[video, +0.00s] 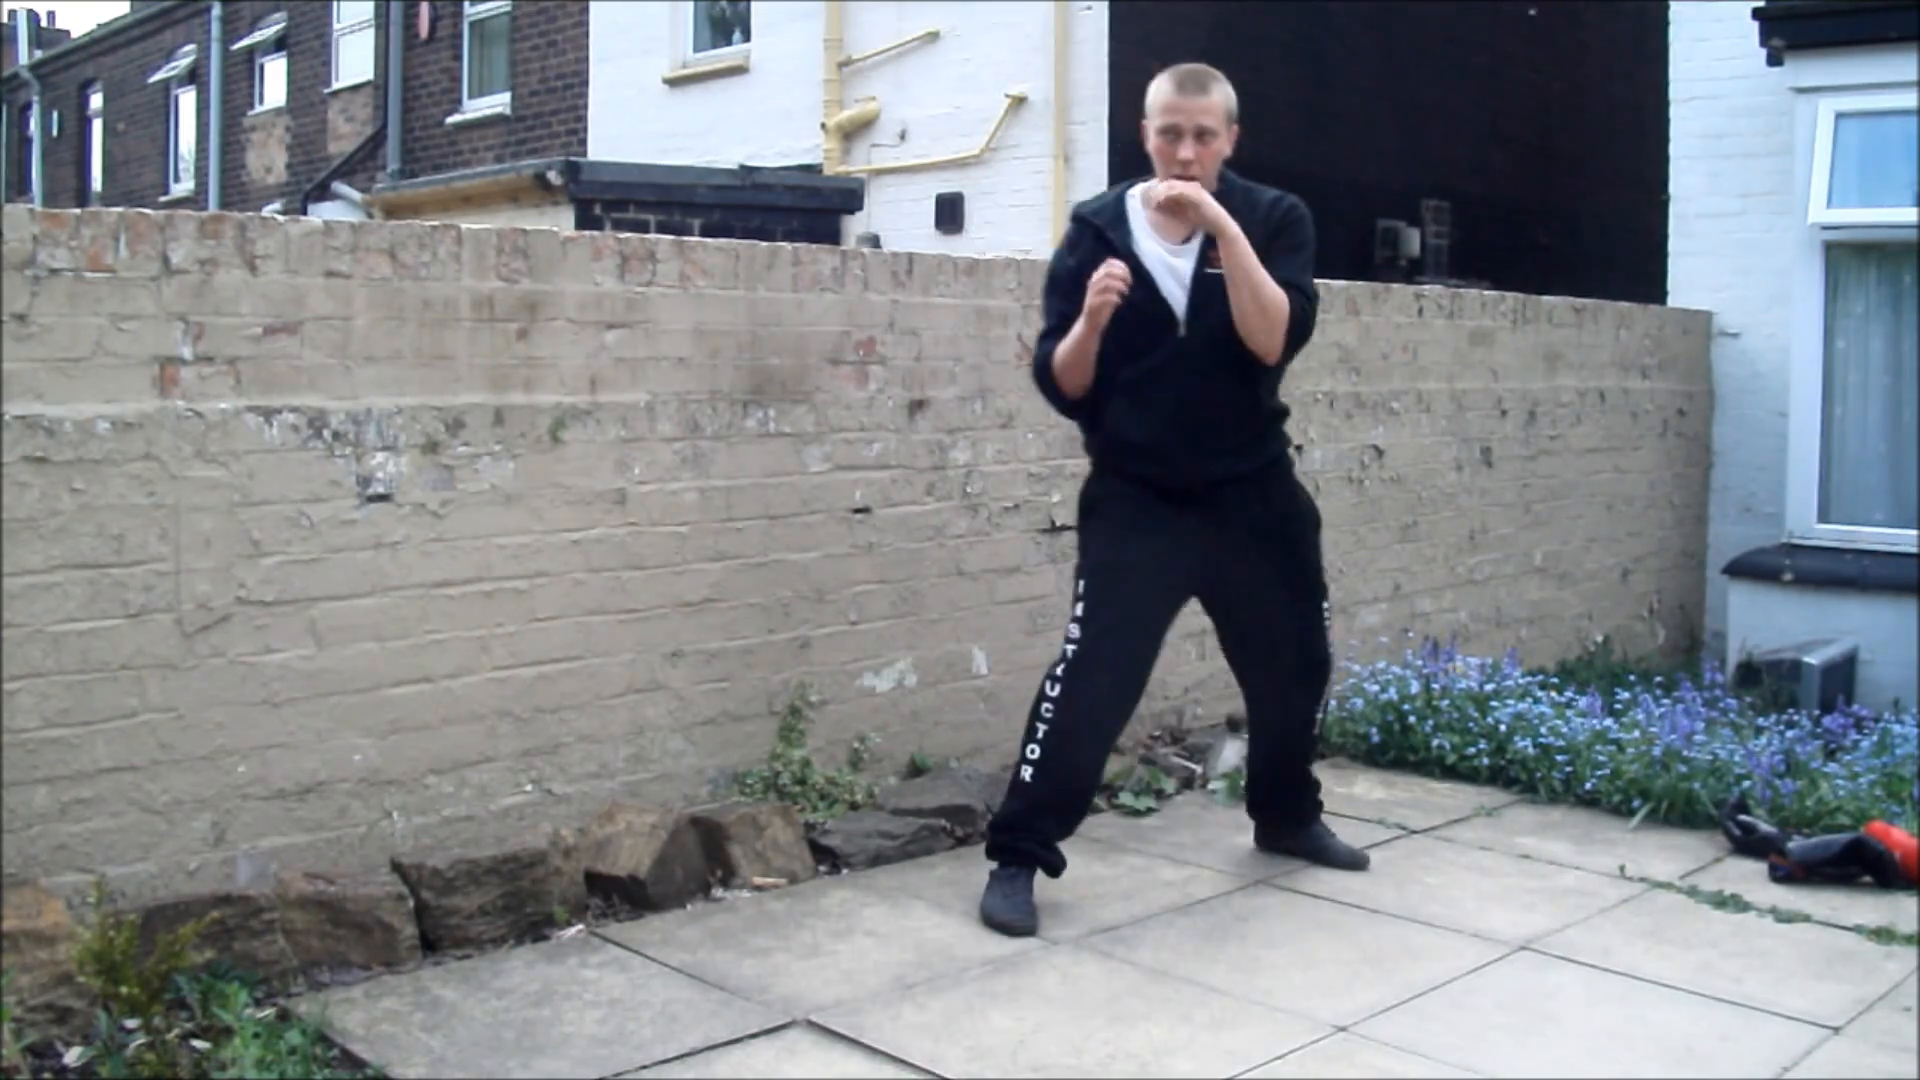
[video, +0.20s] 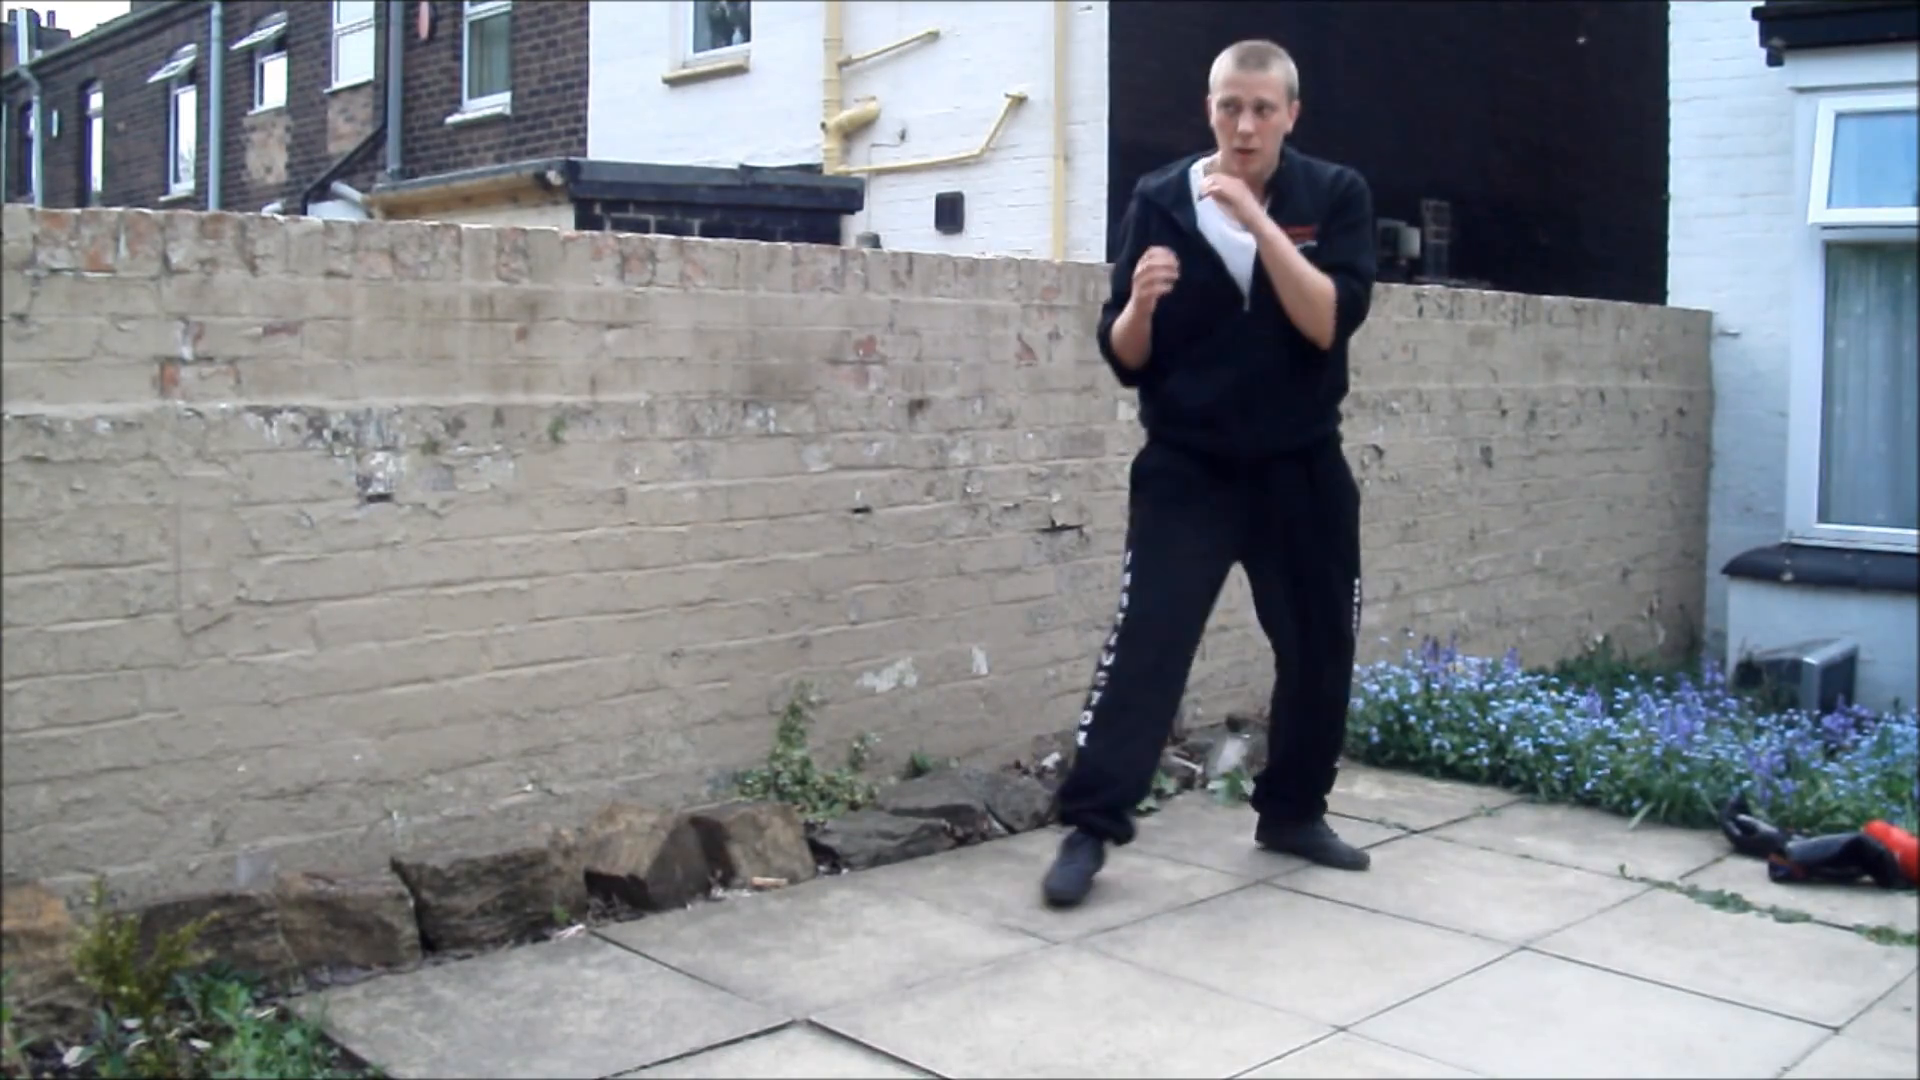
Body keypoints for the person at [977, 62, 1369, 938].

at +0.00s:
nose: (1186, 152)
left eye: (1204, 136)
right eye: (1171, 135)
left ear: (1233, 140)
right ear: (1144, 135)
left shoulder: (1275, 220)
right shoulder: (1098, 228)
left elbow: (1274, 341)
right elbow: (1061, 385)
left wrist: (1224, 228)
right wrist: (1089, 325)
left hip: (1252, 496)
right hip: (1134, 497)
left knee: (1294, 665)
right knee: (1096, 673)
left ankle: (1287, 819)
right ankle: (1016, 860)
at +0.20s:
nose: (1246, 125)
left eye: (1263, 109)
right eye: (1232, 108)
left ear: (1292, 115)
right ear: (1208, 108)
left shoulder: (1336, 194)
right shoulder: (1158, 196)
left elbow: (1330, 322)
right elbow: (1125, 359)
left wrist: (1258, 221)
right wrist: (1138, 306)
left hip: (1301, 473)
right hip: (1184, 470)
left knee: (1321, 650)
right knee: (1148, 643)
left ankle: (1292, 815)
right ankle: (1087, 830)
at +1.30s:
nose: (1311, 176)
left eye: (1330, 163)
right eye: (1298, 159)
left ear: (1360, 166)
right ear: (1277, 153)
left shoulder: (1383, 245)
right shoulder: (1216, 221)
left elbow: (1382, 364)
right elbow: (1151, 367)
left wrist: (1335, 252)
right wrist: (1188, 309)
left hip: (1328, 489)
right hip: (1213, 485)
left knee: (1355, 659)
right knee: (1179, 647)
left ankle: (1328, 818)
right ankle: (1129, 837)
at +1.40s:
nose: (1308, 172)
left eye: (1327, 158)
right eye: (1295, 154)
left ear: (1359, 161)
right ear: (1275, 148)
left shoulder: (1383, 240)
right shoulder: (1218, 213)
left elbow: (1366, 368)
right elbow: (1147, 362)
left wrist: (1314, 260)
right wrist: (1182, 304)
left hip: (1326, 486)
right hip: (1212, 479)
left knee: (1347, 657)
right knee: (1172, 647)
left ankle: (1327, 817)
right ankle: (1105, 840)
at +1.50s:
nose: (1283, 170)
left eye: (1302, 155)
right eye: (1270, 153)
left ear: (1338, 154)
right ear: (1252, 147)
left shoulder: (1372, 229)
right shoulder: (1201, 215)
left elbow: (1357, 335)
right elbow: (1122, 362)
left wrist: (1281, 235)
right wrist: (1156, 287)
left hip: (1321, 493)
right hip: (1206, 489)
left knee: (1344, 661)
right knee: (1159, 660)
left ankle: (1326, 818)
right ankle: (1095, 854)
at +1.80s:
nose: (1202, 139)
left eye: (1220, 123)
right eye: (1189, 123)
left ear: (1267, 125)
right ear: (1177, 124)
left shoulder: (1329, 207)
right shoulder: (1147, 204)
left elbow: (1323, 355)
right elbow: (1113, 372)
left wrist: (1241, 242)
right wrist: (1129, 287)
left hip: (1300, 486)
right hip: (1179, 485)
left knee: (1337, 669)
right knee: (1147, 672)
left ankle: (1311, 827)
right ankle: (1093, 874)